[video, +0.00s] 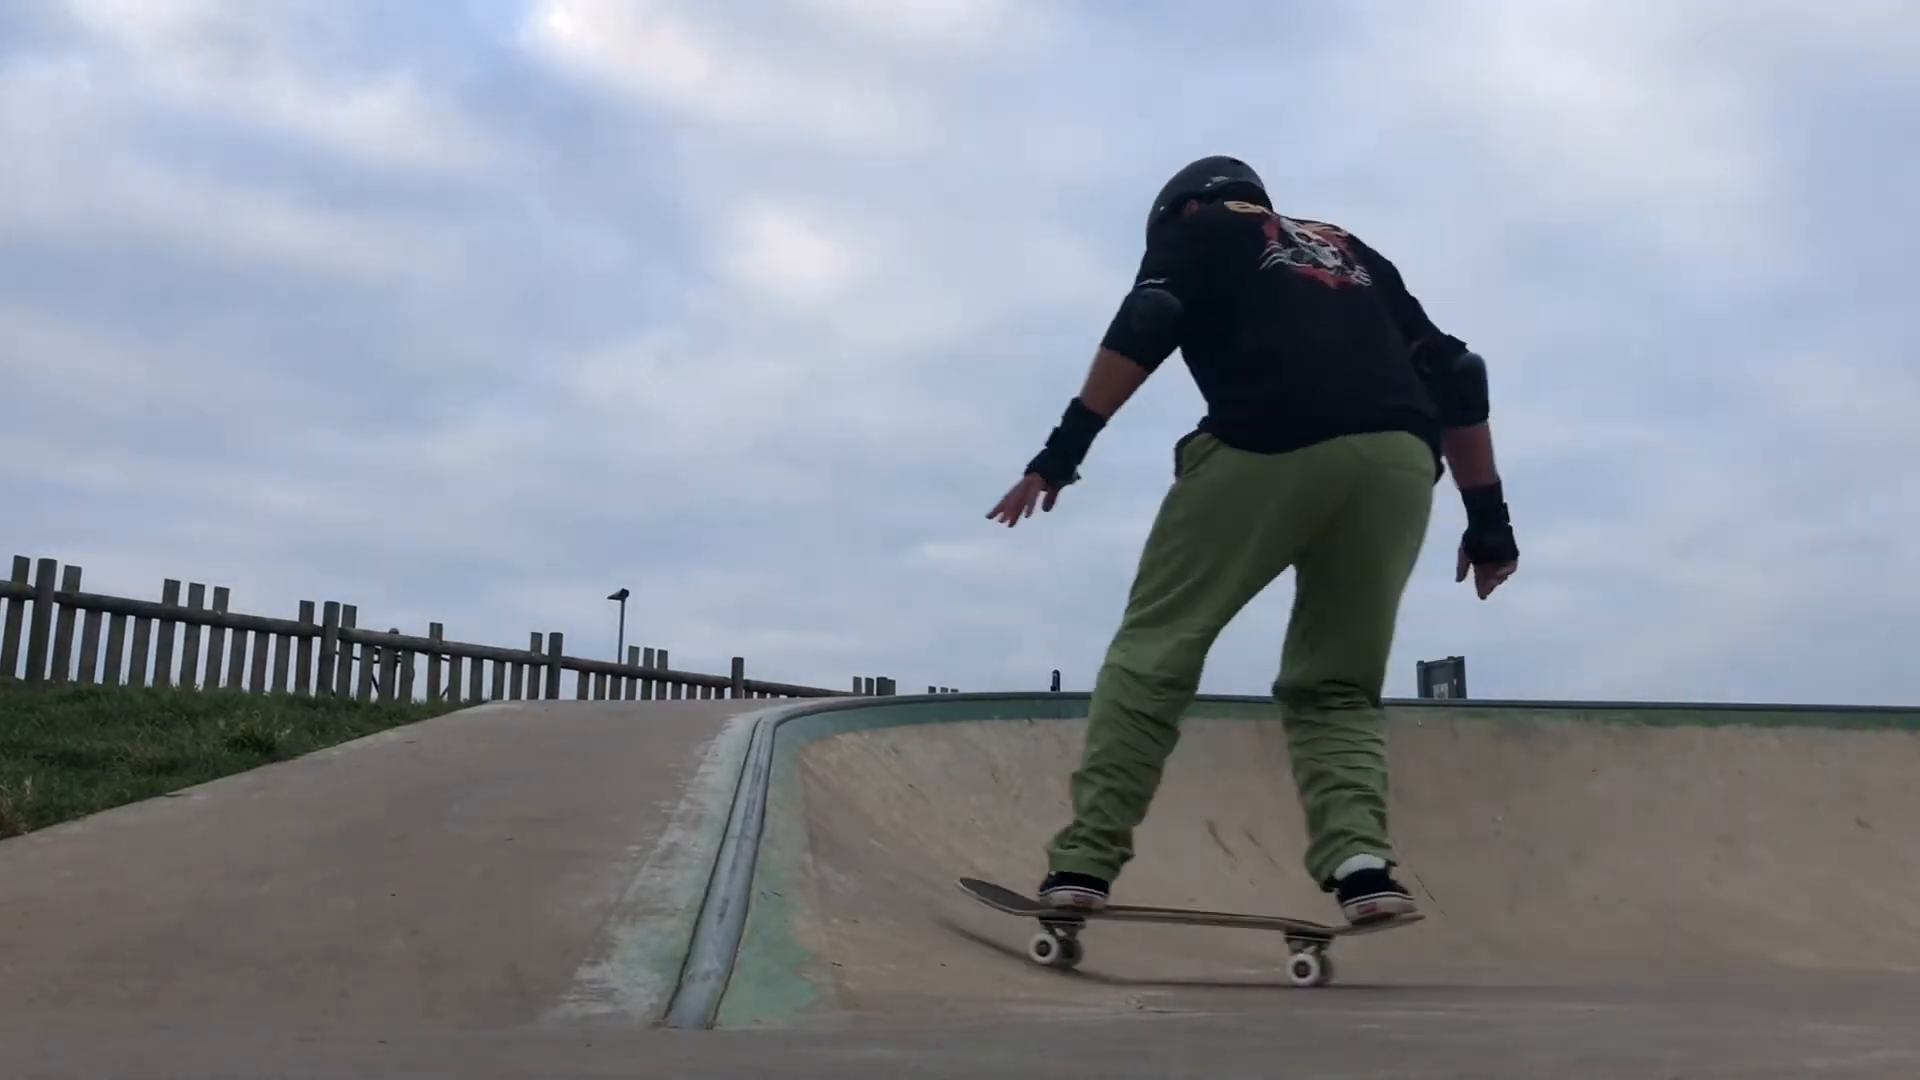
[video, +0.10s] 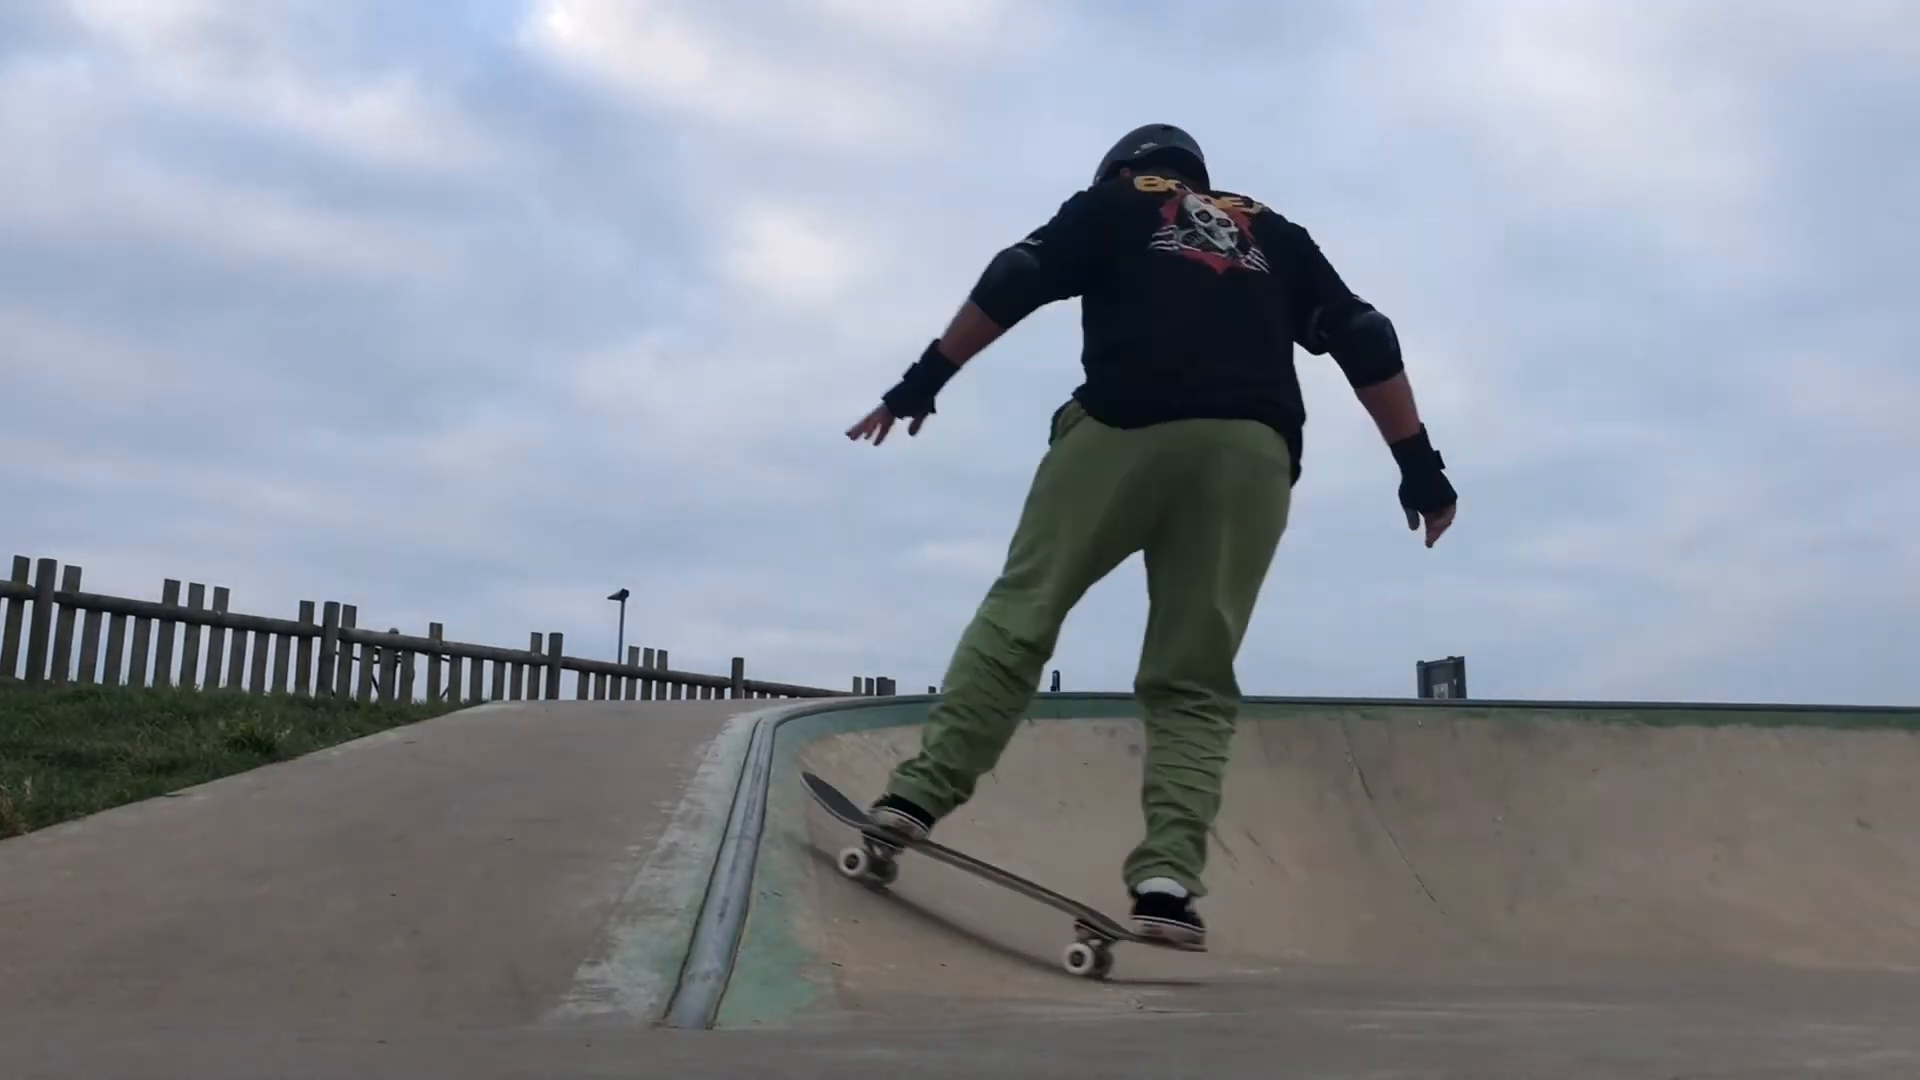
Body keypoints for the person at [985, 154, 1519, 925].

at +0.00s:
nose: (1168, 240)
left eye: (1168, 226)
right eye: (1167, 231)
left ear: (1186, 209)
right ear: (1261, 202)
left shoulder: (1191, 226)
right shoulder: (1349, 248)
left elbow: (1152, 319)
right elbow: (1455, 372)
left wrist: (1066, 445)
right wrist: (1488, 513)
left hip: (1265, 449)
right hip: (1396, 455)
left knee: (1154, 656)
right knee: (1338, 687)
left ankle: (1082, 867)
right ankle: (1360, 863)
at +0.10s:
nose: (1110, 194)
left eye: (1112, 182)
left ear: (1123, 175)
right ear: (1199, 176)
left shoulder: (1107, 206)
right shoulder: (1274, 232)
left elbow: (1015, 277)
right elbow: (1364, 336)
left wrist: (924, 378)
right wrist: (1419, 462)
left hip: (1121, 433)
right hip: (1250, 448)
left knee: (1020, 615)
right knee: (1194, 684)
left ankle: (919, 797)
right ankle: (1167, 883)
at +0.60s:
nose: (1040, 143)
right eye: (1033, 133)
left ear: (951, 119)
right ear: (1014, 124)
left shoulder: (879, 156)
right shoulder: (1012, 135)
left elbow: (762, 212)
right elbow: (1099, 171)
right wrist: (1190, 257)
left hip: (819, 338)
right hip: (907, 329)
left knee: (837, 545)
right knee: (927, 555)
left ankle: (771, 701)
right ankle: (810, 711)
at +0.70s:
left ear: (909, 152)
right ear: (989, 131)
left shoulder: (867, 193)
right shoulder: (987, 134)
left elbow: (783, 277)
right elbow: (1062, 128)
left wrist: (808, 363)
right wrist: (1179, 179)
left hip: (809, 336)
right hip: (894, 323)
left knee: (834, 552)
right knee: (922, 547)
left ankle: (775, 713)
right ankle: (810, 709)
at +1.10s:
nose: (1178, 187)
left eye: (1191, 178)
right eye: (1185, 166)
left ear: (1158, 142)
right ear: (1161, 127)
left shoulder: (1094, 188)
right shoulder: (1091, 114)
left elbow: (1004, 261)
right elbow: (1178, 115)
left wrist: (1018, 361)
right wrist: (1264, 156)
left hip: (995, 376)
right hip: (934, 335)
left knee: (1017, 571)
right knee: (931, 530)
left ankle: (961, 783)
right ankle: (771, 695)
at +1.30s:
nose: (1310, 266)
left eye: (1321, 256)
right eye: (1315, 243)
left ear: (1284, 219)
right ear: (1281, 198)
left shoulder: (1212, 301)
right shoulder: (1191, 188)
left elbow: (1163, 420)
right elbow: (1183, 88)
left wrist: (1212, 523)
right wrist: (1307, 62)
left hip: (1081, 429)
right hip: (1042, 400)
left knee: (1124, 646)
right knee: (1135, 563)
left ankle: (1066, 855)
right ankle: (983, 757)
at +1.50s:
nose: (1474, 320)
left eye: (1484, 306)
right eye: (1477, 296)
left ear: (1433, 271)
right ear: (1434, 260)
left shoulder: (1375, 392)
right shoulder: (1321, 257)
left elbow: (1357, 511)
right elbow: (1220, 210)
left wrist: (1449, 549)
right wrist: (1159, 165)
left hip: (1244, 516)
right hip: (1208, 502)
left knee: (1352, 709)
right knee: (1343, 703)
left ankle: (1205, 853)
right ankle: (1277, 928)